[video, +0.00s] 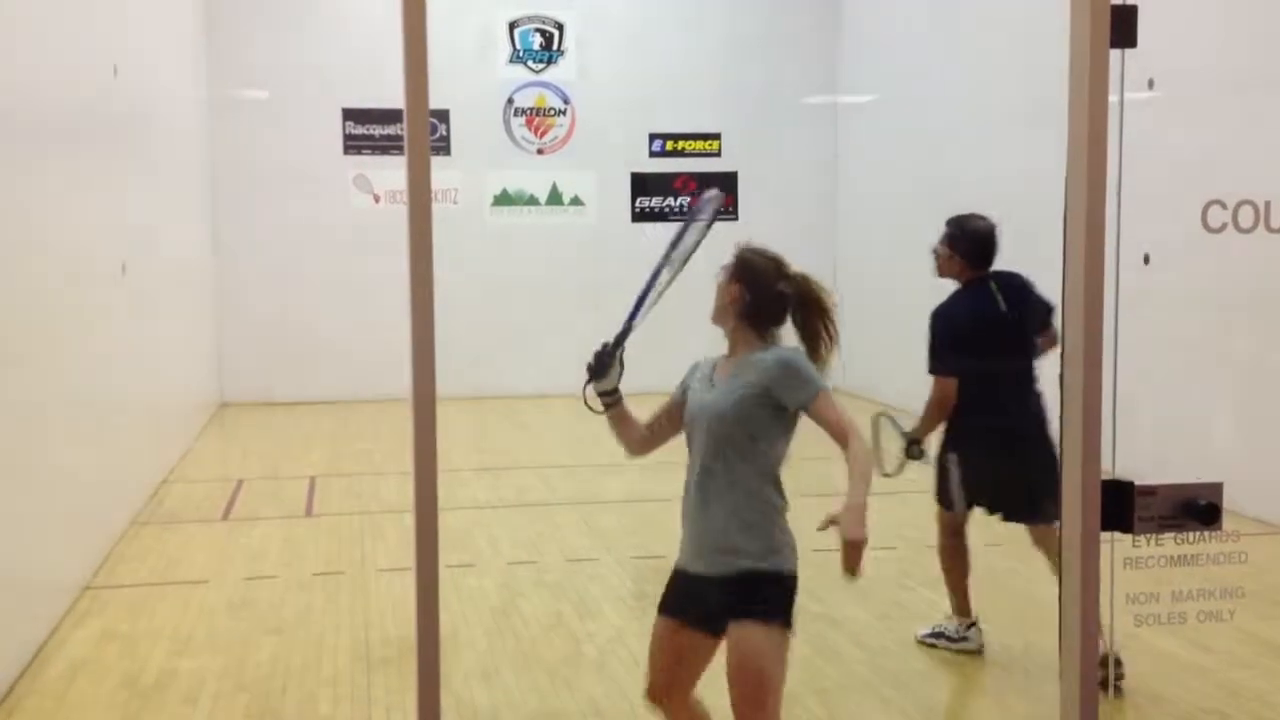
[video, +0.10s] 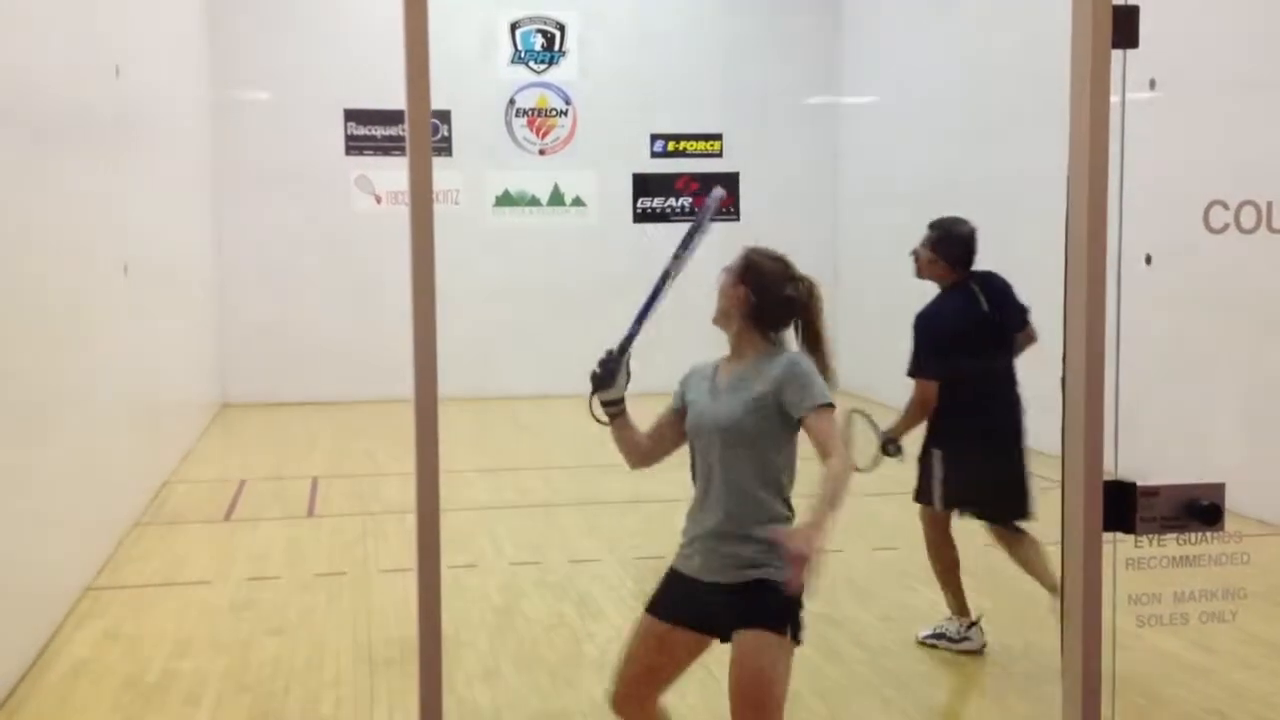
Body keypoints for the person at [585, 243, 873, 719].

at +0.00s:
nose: (716, 288)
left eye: (722, 280)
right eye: (722, 280)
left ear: (737, 295)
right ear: (743, 300)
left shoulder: (782, 367)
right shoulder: (701, 373)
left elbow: (854, 440)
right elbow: (638, 442)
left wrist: (855, 510)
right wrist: (609, 391)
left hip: (759, 568)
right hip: (697, 565)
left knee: (755, 712)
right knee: (666, 692)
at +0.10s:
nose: (719, 285)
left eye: (727, 278)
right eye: (724, 276)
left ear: (741, 297)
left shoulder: (790, 371)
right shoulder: (699, 380)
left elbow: (839, 458)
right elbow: (639, 453)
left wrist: (812, 528)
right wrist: (614, 403)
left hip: (765, 572)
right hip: (696, 568)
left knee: (755, 715)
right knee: (631, 699)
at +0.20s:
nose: (715, 272)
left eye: (725, 265)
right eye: (721, 264)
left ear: (743, 284)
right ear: (745, 286)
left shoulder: (787, 363)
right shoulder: (691, 360)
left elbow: (799, 456)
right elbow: (628, 435)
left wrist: (737, 508)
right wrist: (611, 382)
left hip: (755, 564)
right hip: (685, 556)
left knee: (756, 712)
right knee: (600, 686)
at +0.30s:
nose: (701, 266)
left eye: (710, 260)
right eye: (707, 257)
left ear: (727, 279)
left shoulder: (776, 356)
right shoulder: (673, 348)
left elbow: (759, 441)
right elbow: (599, 403)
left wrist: (667, 470)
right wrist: (604, 341)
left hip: (740, 563)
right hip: (666, 555)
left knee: (757, 711)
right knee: (592, 701)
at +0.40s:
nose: (678, 266)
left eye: (690, 260)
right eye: (685, 257)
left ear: (711, 279)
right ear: (705, 281)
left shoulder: (752, 356)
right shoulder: (652, 340)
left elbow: (721, 423)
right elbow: (578, 353)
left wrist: (613, 427)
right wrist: (614, 286)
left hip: (708, 568)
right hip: (633, 557)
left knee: (748, 711)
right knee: (555, 697)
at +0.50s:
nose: (642, 276)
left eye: (653, 268)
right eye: (649, 265)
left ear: (676, 284)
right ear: (678, 288)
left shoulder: (721, 365)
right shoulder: (624, 344)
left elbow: (662, 415)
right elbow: (588, 326)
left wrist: (543, 407)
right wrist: (647, 282)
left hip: (684, 572)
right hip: (605, 561)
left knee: (709, 711)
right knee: (507, 685)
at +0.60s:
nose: (601, 283)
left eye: (615, 275)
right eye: (609, 272)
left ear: (640, 297)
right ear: (635, 299)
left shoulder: (679, 382)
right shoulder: (585, 355)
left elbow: (599, 446)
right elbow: (574, 392)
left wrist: (511, 441)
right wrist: (648, 367)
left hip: (653, 586)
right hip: (592, 574)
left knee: (618, 711)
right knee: (499, 692)